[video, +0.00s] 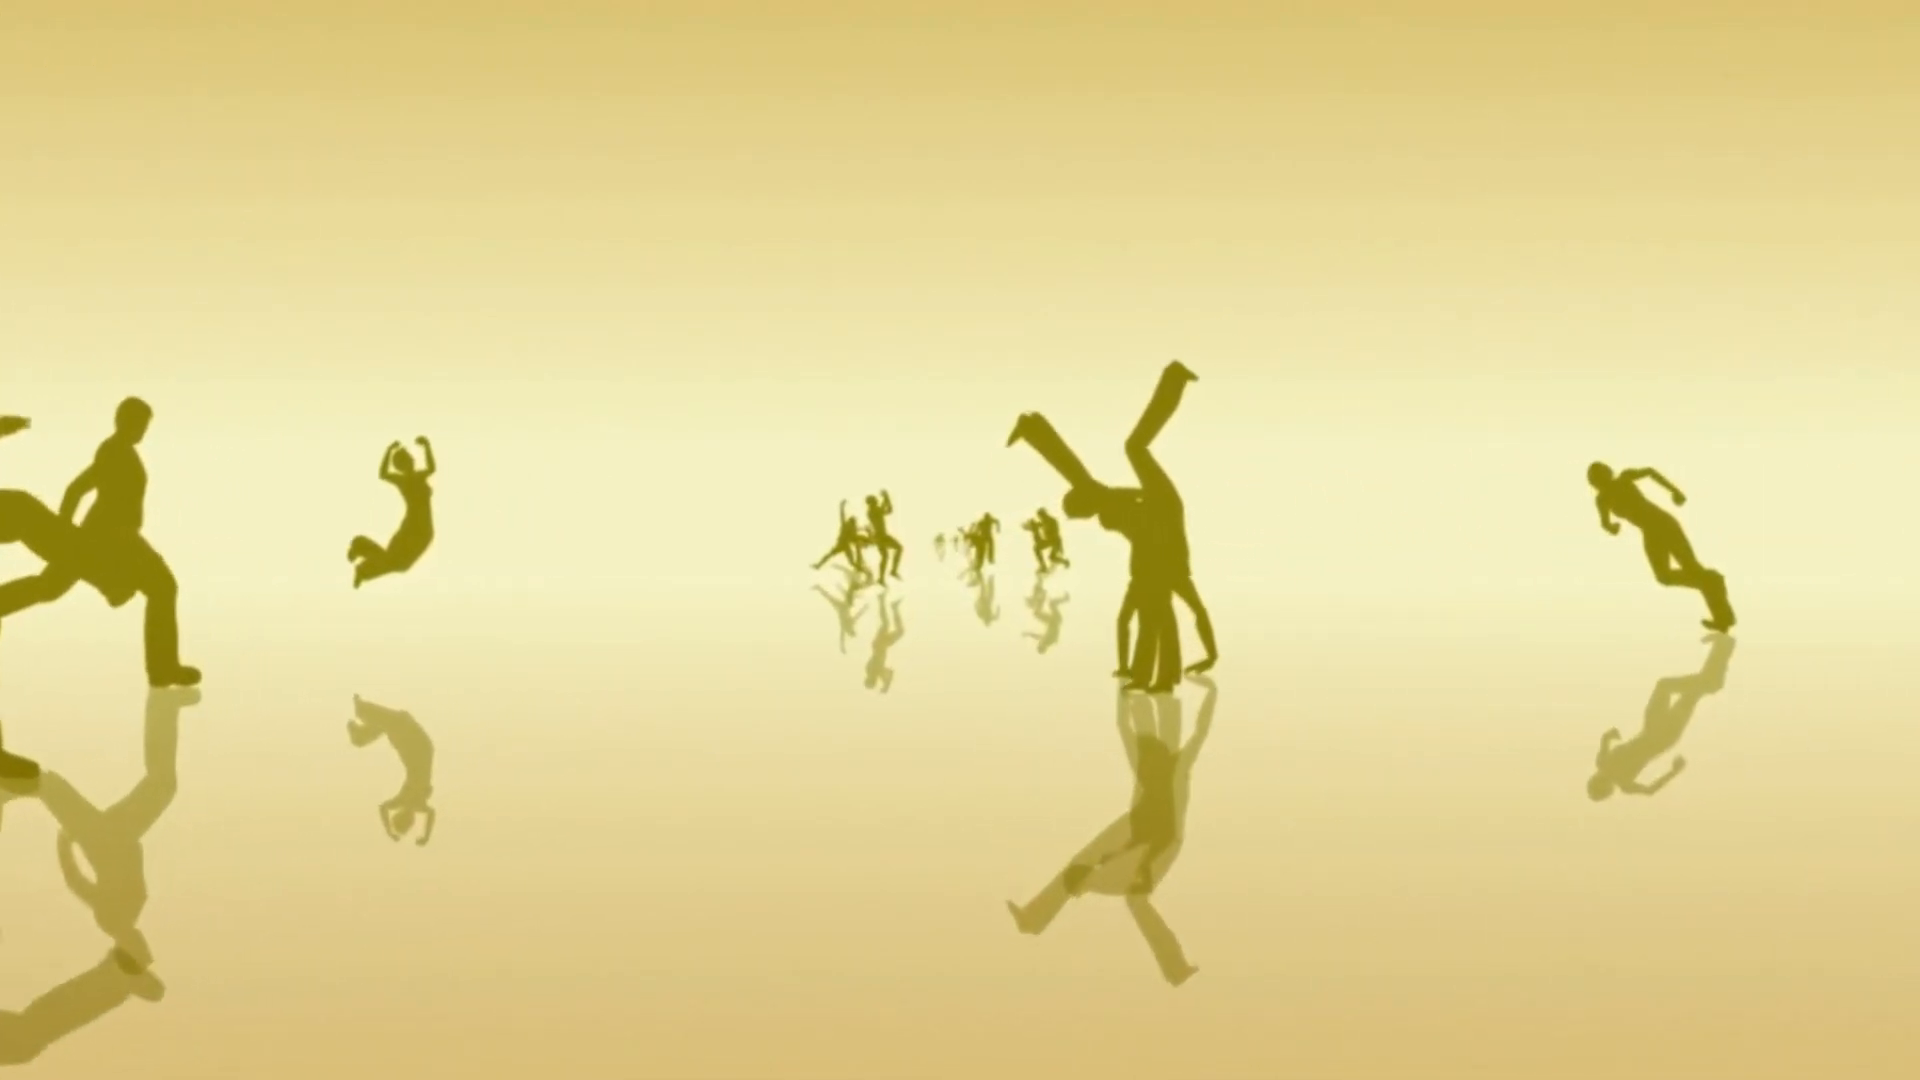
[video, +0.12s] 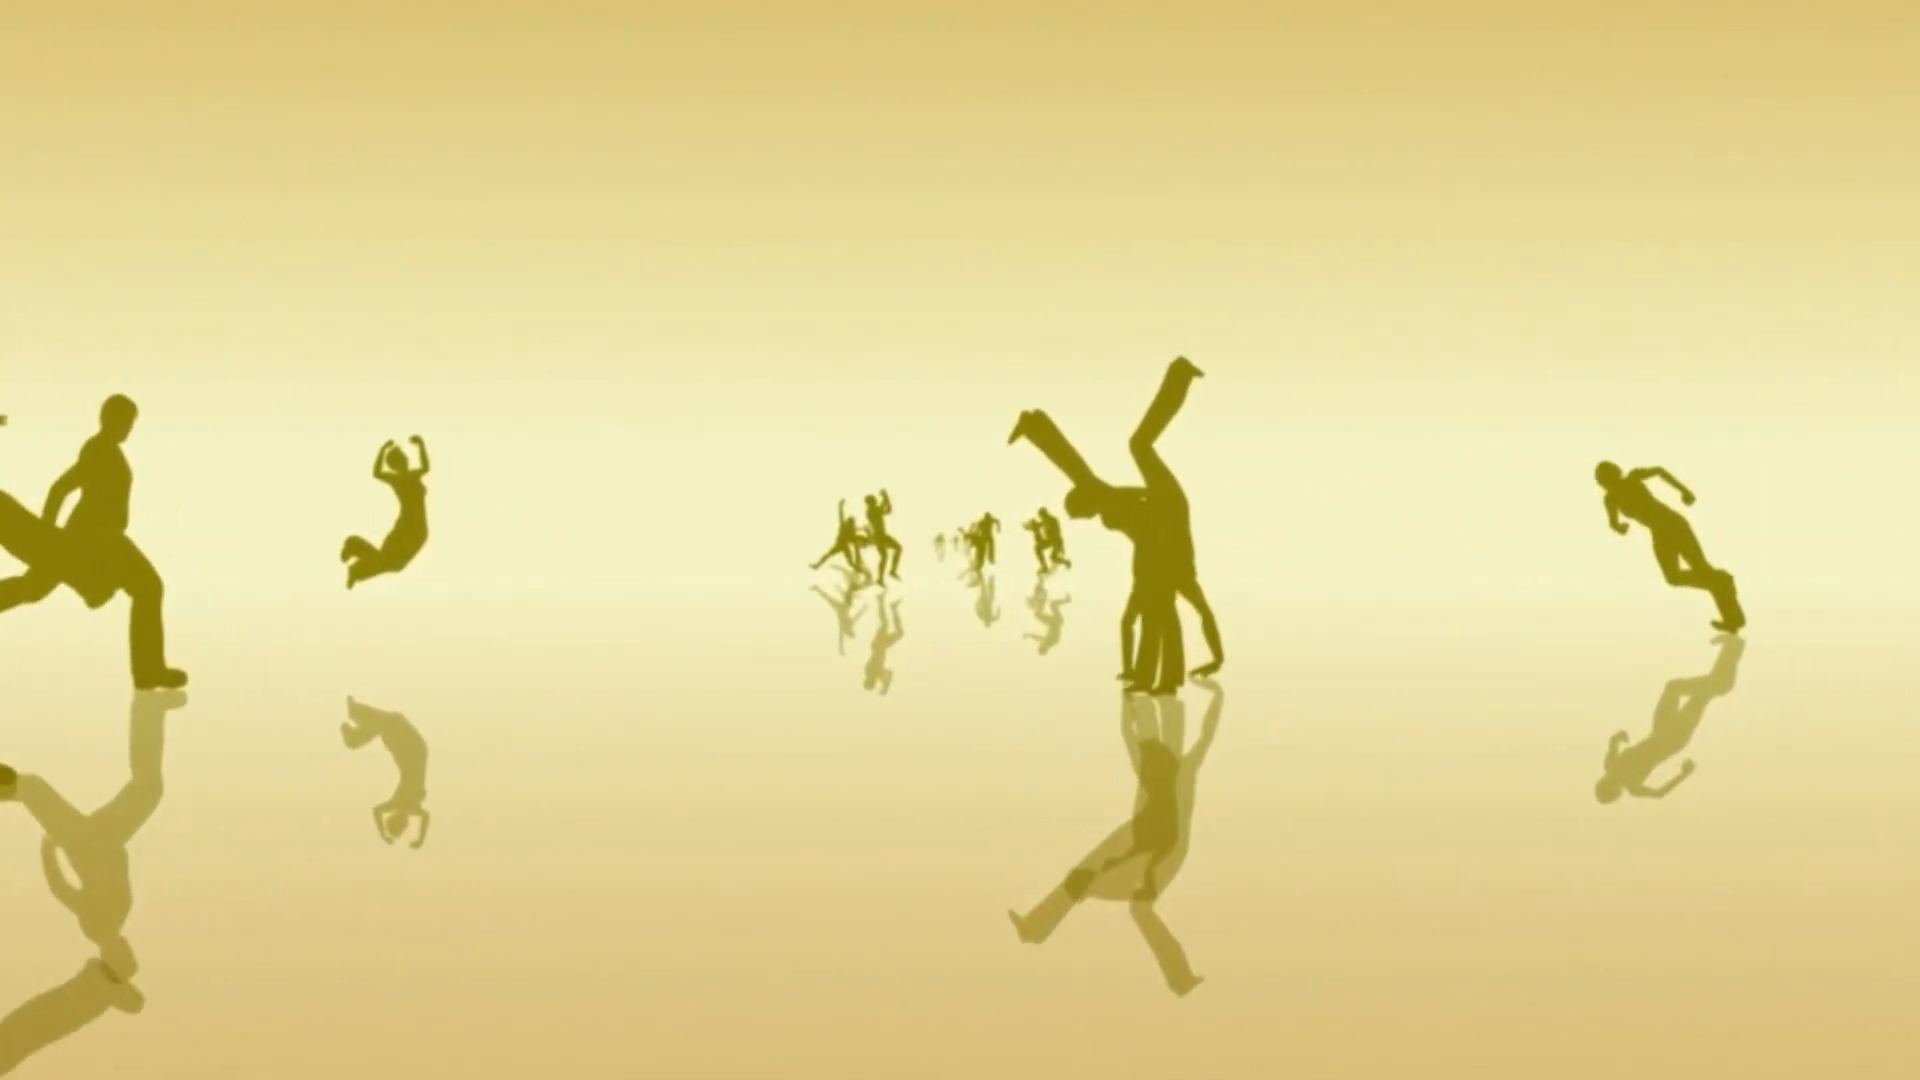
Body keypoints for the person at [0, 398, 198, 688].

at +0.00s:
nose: (142, 431)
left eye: (144, 425)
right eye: (138, 423)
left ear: (141, 424)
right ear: (125, 421)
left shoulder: (124, 452)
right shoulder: (115, 453)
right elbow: (76, 488)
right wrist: (61, 530)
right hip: (106, 539)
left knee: (47, 588)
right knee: (163, 588)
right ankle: (163, 670)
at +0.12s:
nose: (129, 428)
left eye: (131, 421)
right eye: (125, 420)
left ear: (126, 422)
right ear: (111, 419)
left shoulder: (110, 452)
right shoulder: (99, 452)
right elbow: (59, 487)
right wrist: (45, 531)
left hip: (107, 537)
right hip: (90, 535)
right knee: (149, 589)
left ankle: (150, 671)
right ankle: (149, 672)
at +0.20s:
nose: (105, 425)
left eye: (107, 419)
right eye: (101, 418)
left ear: (102, 418)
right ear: (87, 415)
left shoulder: (86, 448)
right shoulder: (76, 450)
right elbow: (35, 486)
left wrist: (23, 532)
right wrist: (22, 532)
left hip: (86, 536)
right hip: (77, 538)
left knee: (127, 590)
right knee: (127, 590)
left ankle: (127, 673)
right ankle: (126, 675)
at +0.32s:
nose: (90, 422)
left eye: (92, 415)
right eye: (86, 414)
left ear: (88, 416)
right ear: (71, 413)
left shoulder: (70, 447)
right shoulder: (59, 448)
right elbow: (17, 485)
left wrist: (6, 530)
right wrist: (5, 528)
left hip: (69, 536)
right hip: (59, 536)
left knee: (111, 591)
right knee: (110, 591)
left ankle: (111, 676)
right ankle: (110, 677)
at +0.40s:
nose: (64, 419)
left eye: (66, 413)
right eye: (60, 412)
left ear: (57, 412)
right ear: (45, 410)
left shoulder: (38, 443)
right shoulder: (34, 444)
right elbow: (5, 475)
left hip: (37, 535)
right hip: (33, 536)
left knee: (87, 593)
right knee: (86, 592)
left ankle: (87, 681)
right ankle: (86, 682)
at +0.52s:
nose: (47, 417)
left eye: (49, 410)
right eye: (43, 409)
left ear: (37, 409)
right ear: (28, 408)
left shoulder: (27, 445)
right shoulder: (16, 445)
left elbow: (30, 505)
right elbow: (24, 506)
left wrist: (28, 534)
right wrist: (25, 536)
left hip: (24, 537)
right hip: (18, 538)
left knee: (69, 593)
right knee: (68, 593)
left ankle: (70, 682)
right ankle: (69, 683)